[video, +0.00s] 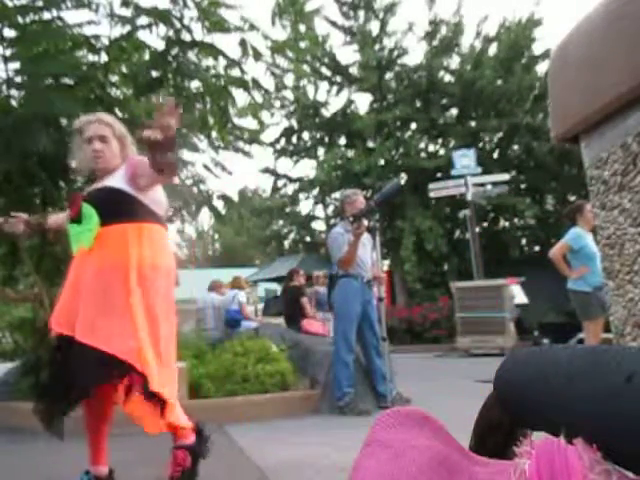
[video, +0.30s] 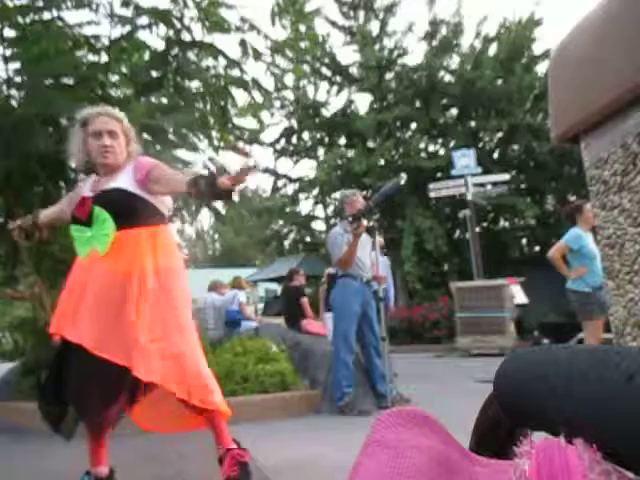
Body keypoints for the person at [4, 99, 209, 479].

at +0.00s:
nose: (96, 147)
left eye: (103, 140)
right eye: (89, 141)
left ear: (121, 145)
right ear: (83, 150)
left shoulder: (135, 169)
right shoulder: (93, 192)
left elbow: (159, 172)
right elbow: (68, 219)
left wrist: (163, 152)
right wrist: (34, 224)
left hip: (139, 290)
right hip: (99, 292)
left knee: (141, 372)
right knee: (99, 380)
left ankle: (186, 432)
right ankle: (98, 468)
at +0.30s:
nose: (105, 141)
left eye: (113, 134)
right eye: (96, 135)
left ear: (127, 141)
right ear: (85, 146)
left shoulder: (141, 169)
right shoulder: (86, 188)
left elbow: (175, 181)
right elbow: (55, 213)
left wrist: (211, 185)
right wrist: (27, 224)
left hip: (157, 284)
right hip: (105, 290)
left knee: (187, 361)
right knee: (97, 377)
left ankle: (227, 447)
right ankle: (99, 468)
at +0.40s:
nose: (125, 143)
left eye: (131, 137)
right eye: (115, 137)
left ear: (143, 145)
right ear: (100, 146)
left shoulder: (159, 174)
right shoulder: (93, 185)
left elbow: (192, 194)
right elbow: (56, 206)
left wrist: (231, 198)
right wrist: (23, 219)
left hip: (165, 280)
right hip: (109, 284)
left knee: (201, 360)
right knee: (96, 369)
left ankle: (227, 455)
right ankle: (99, 466)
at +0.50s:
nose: (160, 145)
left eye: (167, 139)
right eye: (150, 137)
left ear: (174, 147)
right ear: (130, 142)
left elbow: (241, 220)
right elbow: (55, 200)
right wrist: (9, 208)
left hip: (181, 303)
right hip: (119, 300)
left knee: (220, 381)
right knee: (95, 380)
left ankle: (207, 469)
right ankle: (98, 469)